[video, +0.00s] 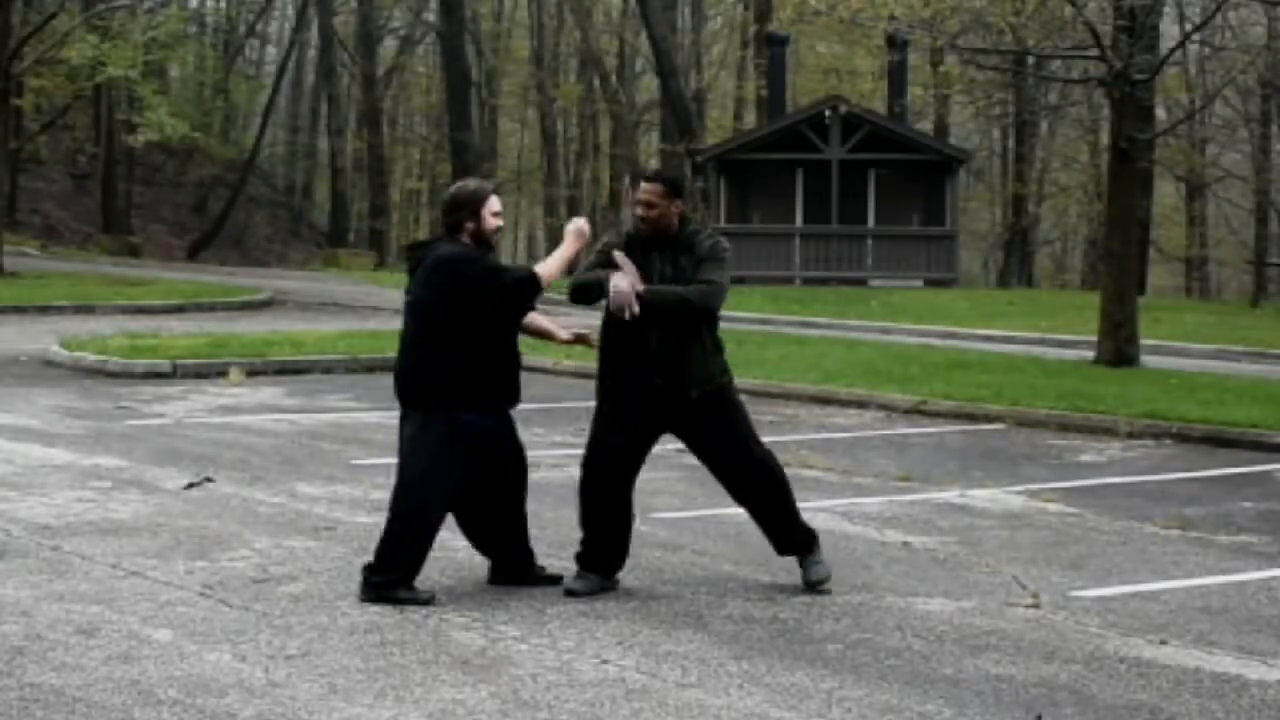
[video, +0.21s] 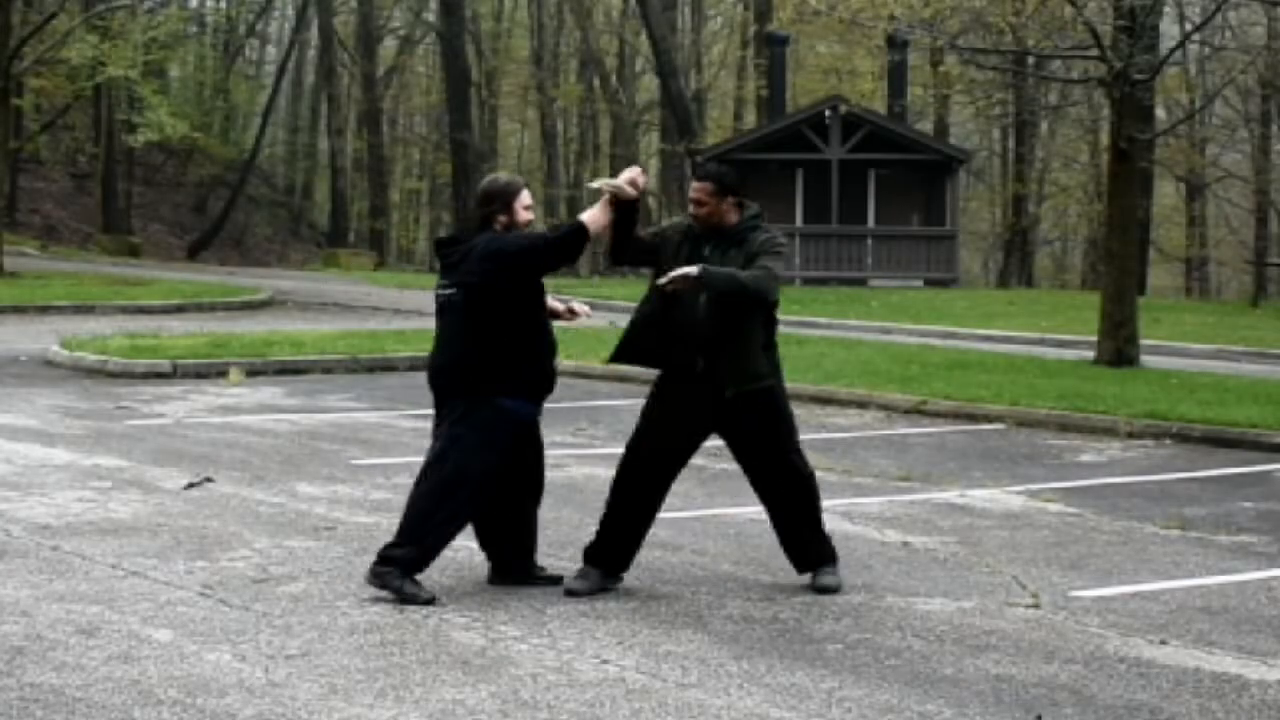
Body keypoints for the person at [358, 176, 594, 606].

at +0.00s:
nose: (500, 223)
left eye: (500, 215)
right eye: (493, 216)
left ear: (468, 223)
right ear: (468, 221)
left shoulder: (472, 263)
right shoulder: (452, 263)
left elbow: (507, 311)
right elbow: (523, 287)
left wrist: (554, 332)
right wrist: (569, 248)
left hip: (477, 402)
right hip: (441, 405)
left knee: (502, 481)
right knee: (423, 493)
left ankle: (512, 564)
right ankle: (386, 579)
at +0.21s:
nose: (534, 215)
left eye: (532, 208)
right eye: (527, 208)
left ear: (497, 215)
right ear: (504, 215)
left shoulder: (467, 253)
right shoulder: (503, 252)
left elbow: (501, 298)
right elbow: (570, 240)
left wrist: (549, 307)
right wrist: (614, 197)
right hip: (492, 395)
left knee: (515, 480)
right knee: (452, 482)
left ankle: (514, 565)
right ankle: (395, 565)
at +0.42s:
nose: (554, 213)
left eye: (553, 205)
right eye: (548, 206)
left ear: (514, 211)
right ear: (525, 210)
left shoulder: (480, 248)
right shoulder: (537, 248)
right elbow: (592, 263)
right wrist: (637, 257)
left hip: (481, 383)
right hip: (525, 387)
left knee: (519, 473)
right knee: (493, 477)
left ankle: (513, 564)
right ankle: (444, 569)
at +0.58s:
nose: (569, 216)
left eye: (568, 208)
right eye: (564, 208)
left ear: (527, 213)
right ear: (540, 213)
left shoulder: (496, 251)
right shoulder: (548, 257)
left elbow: (522, 289)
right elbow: (595, 314)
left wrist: (570, 268)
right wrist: (652, 335)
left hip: (487, 382)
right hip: (530, 387)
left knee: (498, 469)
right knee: (529, 474)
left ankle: (515, 560)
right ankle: (488, 570)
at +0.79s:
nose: (571, 215)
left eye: (571, 207)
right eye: (565, 207)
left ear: (537, 212)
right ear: (540, 210)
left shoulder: (544, 254)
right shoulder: (523, 252)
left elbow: (602, 281)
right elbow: (555, 315)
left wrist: (665, 258)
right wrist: (596, 318)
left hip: (533, 386)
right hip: (519, 387)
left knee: (524, 473)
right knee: (535, 476)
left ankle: (517, 564)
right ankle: (514, 571)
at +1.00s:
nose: (568, 216)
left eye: (569, 208)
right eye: (560, 209)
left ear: (546, 214)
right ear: (534, 213)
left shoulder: (567, 256)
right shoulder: (506, 257)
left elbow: (625, 258)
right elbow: (543, 303)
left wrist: (671, 218)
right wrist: (587, 274)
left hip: (569, 395)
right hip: (523, 398)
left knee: (588, 474)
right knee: (534, 484)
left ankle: (557, 556)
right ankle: (514, 571)